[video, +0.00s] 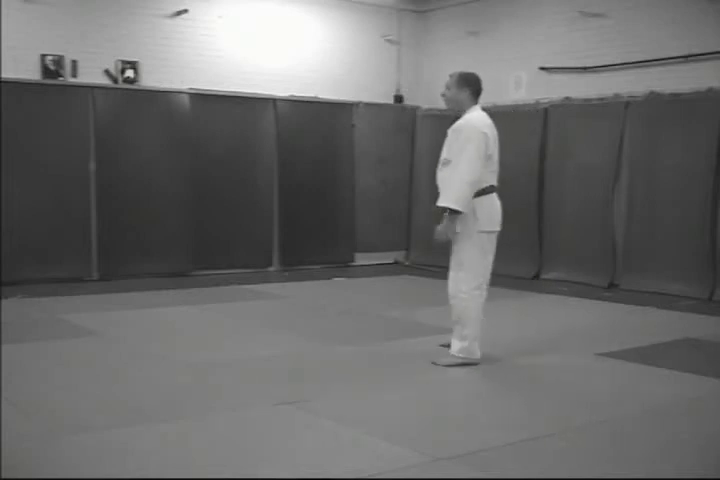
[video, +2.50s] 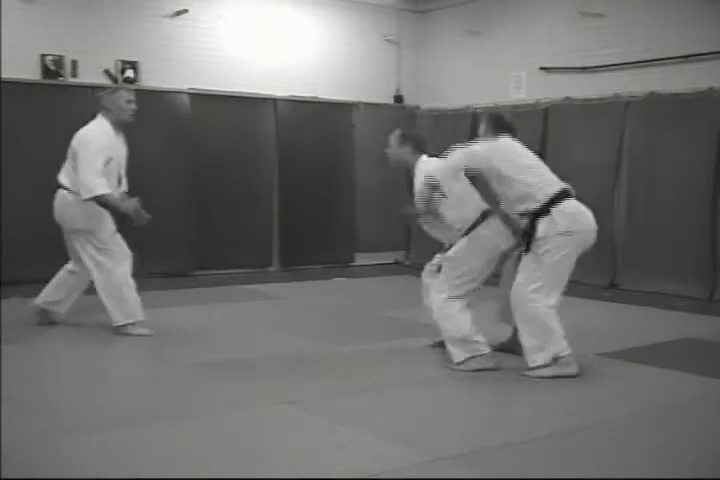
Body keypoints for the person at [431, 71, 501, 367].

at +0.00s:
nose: (443, 94)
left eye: (449, 89)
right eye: (445, 89)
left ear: (467, 93)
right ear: (469, 93)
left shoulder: (470, 126)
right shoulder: (478, 122)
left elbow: (464, 173)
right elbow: (466, 171)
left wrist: (449, 215)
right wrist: (450, 210)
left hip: (474, 209)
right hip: (480, 207)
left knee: (465, 281)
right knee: (469, 280)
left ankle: (466, 350)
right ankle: (464, 340)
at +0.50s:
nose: (439, 94)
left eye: (444, 88)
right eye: (440, 88)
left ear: (461, 92)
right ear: (467, 93)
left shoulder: (464, 125)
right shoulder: (487, 122)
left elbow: (455, 171)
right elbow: (485, 171)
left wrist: (444, 216)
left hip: (472, 209)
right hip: (489, 206)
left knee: (462, 282)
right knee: (473, 280)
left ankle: (467, 352)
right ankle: (466, 340)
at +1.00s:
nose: (435, 99)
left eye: (439, 94)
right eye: (436, 94)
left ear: (456, 97)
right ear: (464, 97)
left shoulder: (462, 130)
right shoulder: (480, 126)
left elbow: (460, 180)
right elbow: (477, 177)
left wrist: (441, 224)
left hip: (472, 213)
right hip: (487, 210)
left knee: (456, 279)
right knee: (472, 278)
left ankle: (476, 345)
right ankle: (469, 338)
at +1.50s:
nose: (413, 131)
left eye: (417, 125)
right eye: (414, 125)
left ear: (434, 129)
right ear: (438, 129)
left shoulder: (451, 157)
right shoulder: (449, 154)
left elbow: (447, 208)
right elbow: (446, 207)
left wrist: (425, 252)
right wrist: (428, 245)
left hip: (486, 233)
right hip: (472, 232)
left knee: (456, 292)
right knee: (437, 276)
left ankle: (488, 353)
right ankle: (443, 336)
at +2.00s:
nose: (420, 117)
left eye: (424, 111)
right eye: (421, 111)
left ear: (441, 112)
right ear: (445, 113)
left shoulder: (455, 141)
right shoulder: (467, 137)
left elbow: (453, 189)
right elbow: (461, 188)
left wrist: (441, 234)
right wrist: (448, 232)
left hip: (484, 217)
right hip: (480, 216)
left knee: (482, 289)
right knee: (451, 267)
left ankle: (510, 355)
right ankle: (449, 335)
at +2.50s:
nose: (387, 153)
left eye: (391, 147)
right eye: (389, 147)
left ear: (407, 147)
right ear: (415, 148)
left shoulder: (426, 173)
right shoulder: (443, 163)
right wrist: (448, 253)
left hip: (488, 230)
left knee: (443, 288)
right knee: (433, 276)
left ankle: (473, 353)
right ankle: (454, 335)